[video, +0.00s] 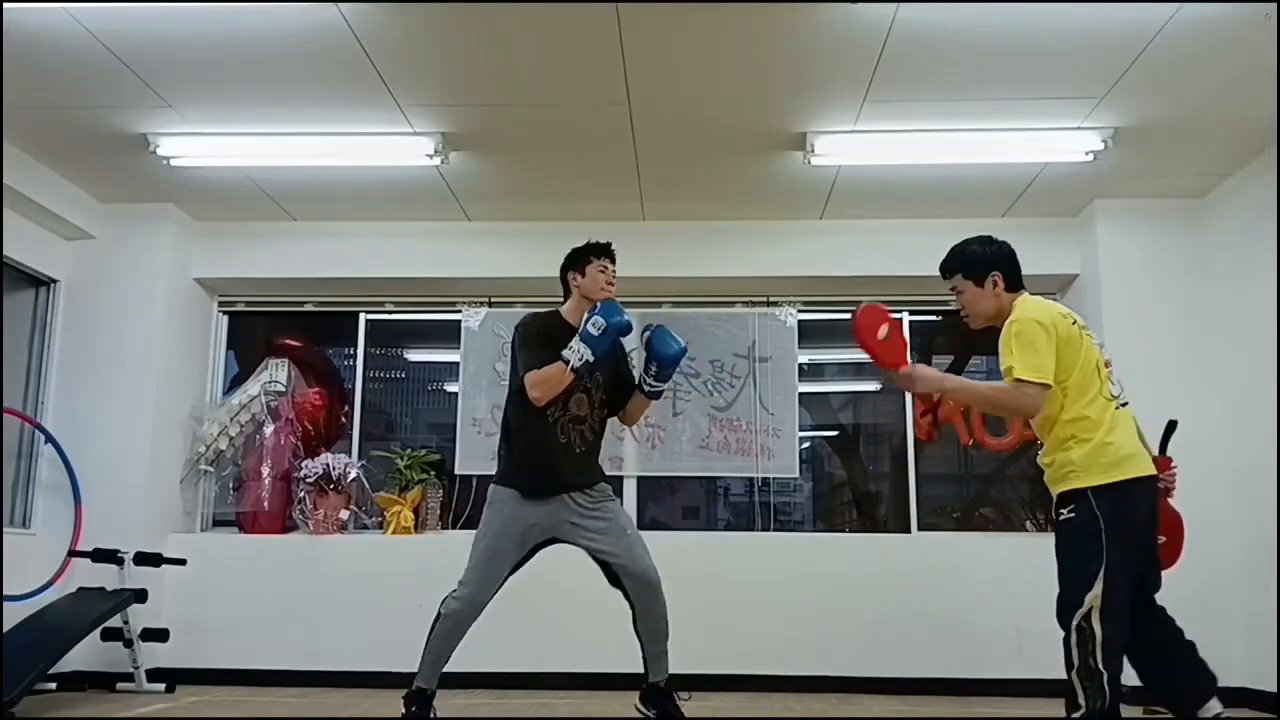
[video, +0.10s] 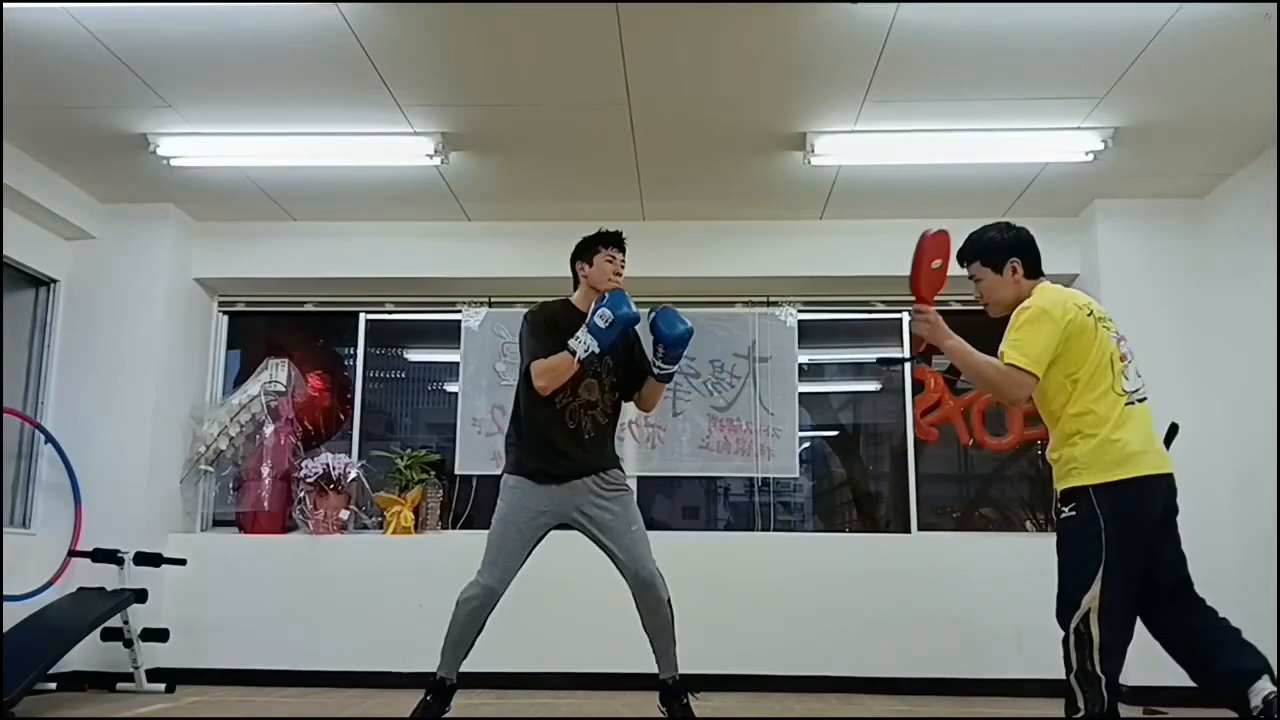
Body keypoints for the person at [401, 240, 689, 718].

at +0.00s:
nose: (612, 280)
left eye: (613, 274)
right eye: (603, 272)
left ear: (610, 285)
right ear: (574, 279)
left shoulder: (610, 347)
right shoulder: (537, 327)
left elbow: (629, 415)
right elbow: (537, 391)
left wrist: (655, 377)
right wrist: (588, 347)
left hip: (588, 495)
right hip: (519, 495)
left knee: (646, 580)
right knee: (471, 595)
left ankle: (658, 690)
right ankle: (420, 693)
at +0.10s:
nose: (620, 269)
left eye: (623, 264)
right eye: (611, 261)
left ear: (623, 275)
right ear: (583, 267)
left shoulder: (622, 329)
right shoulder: (545, 319)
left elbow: (646, 402)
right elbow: (543, 381)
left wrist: (667, 360)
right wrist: (593, 337)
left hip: (600, 483)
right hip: (530, 482)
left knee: (648, 578)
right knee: (486, 586)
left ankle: (673, 688)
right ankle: (440, 688)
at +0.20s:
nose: (628, 286)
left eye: (631, 280)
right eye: (619, 277)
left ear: (633, 290)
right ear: (591, 284)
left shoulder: (631, 345)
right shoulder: (553, 333)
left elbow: (667, 410)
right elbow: (557, 393)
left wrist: (678, 360)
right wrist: (601, 339)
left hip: (609, 499)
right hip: (541, 498)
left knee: (652, 601)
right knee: (504, 603)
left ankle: (668, 701)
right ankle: (467, 695)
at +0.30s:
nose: (637, 299)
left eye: (642, 293)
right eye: (629, 289)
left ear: (643, 301)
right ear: (601, 293)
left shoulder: (641, 353)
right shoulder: (563, 344)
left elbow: (672, 419)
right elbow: (572, 406)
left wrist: (681, 365)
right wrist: (611, 354)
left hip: (623, 510)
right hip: (556, 509)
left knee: (661, 608)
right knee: (513, 609)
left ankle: (670, 704)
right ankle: (466, 700)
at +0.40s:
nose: (645, 284)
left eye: (650, 278)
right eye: (637, 275)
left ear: (652, 285)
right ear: (609, 278)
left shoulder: (651, 334)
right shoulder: (571, 324)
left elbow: (676, 405)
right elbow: (578, 390)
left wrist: (684, 349)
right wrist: (620, 337)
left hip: (623, 492)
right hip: (558, 490)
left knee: (656, 602)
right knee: (517, 595)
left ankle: (668, 702)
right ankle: (483, 692)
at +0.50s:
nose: (646, 289)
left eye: (653, 282)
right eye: (639, 280)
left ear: (658, 287)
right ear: (612, 280)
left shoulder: (656, 333)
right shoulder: (574, 322)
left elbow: (683, 400)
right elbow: (586, 385)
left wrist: (689, 344)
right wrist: (626, 326)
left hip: (628, 491)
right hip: (561, 490)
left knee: (662, 596)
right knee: (525, 598)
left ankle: (668, 698)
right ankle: (517, 687)